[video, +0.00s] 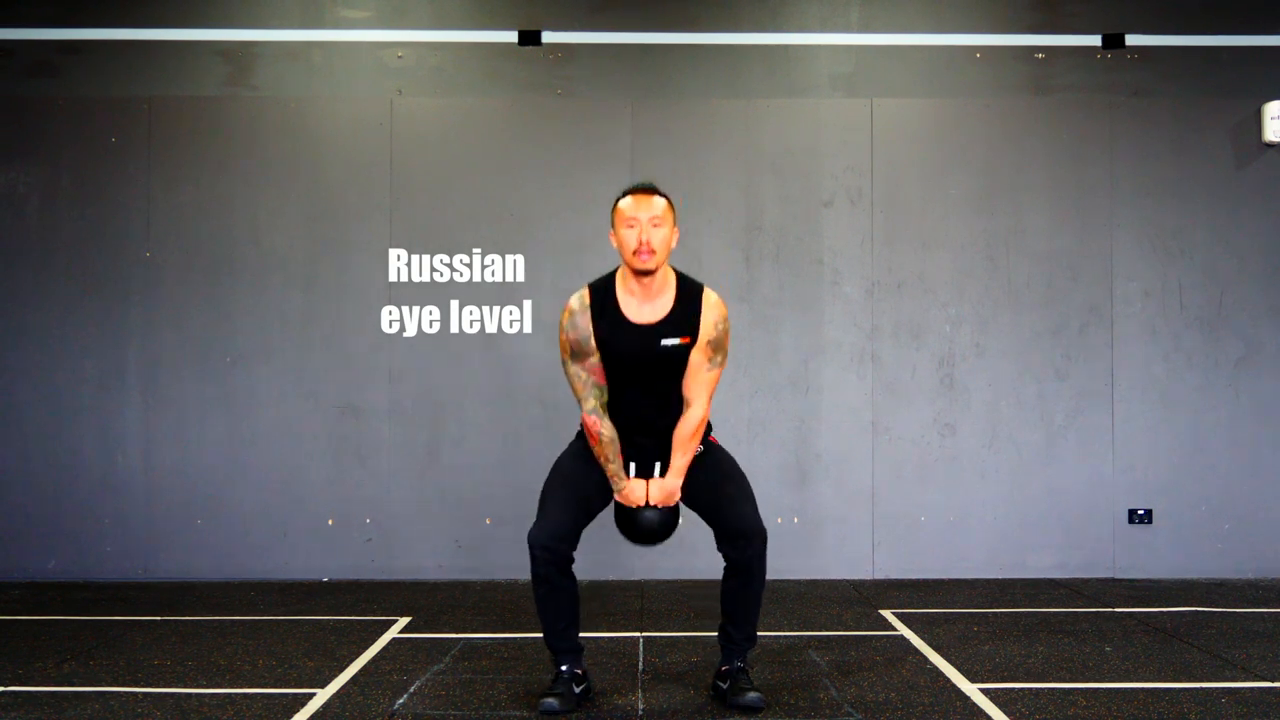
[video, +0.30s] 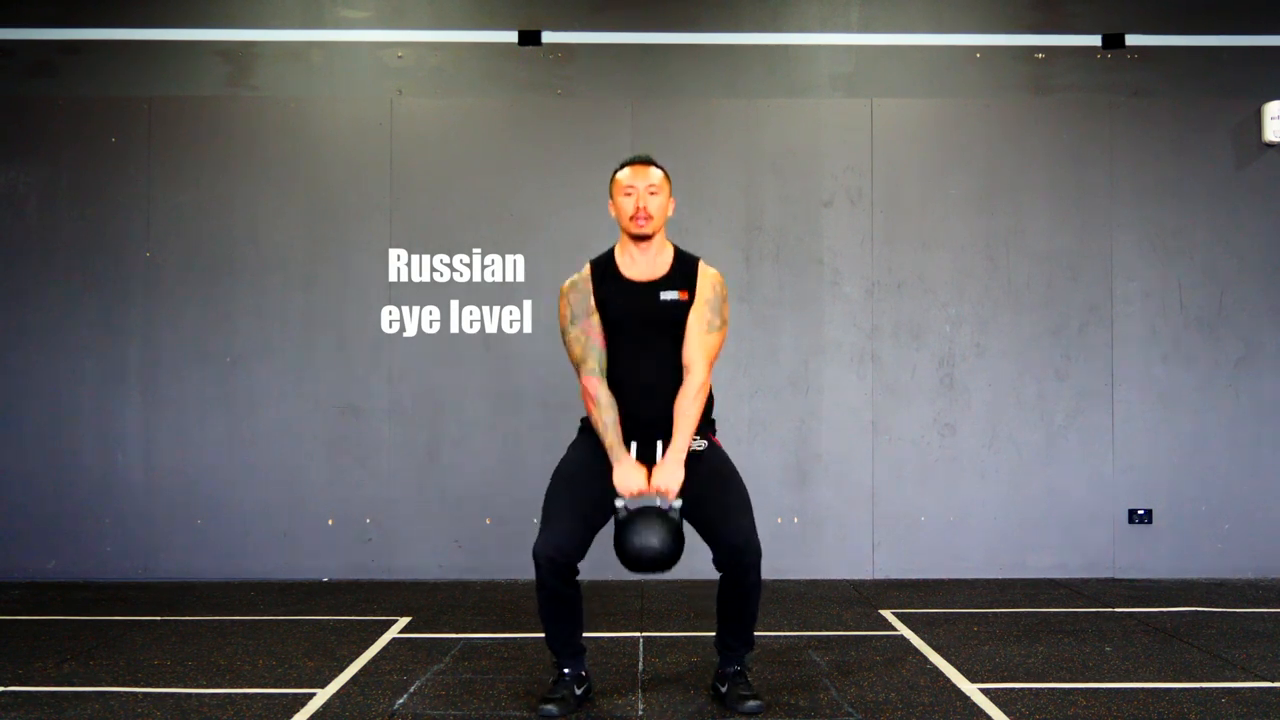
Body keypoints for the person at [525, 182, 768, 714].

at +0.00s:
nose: (643, 237)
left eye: (655, 224)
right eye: (630, 225)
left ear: (674, 234)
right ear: (614, 236)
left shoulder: (707, 310)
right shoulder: (582, 313)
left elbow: (696, 406)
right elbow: (593, 411)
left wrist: (675, 475)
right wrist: (618, 477)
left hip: (686, 445)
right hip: (605, 445)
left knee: (747, 534)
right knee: (548, 539)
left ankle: (734, 668)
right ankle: (569, 673)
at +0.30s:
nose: (641, 202)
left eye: (652, 191)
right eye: (628, 192)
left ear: (670, 204)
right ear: (612, 206)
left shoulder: (705, 282)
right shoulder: (580, 288)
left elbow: (696, 377)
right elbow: (593, 383)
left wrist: (676, 457)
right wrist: (619, 458)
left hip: (688, 442)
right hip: (606, 441)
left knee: (742, 552)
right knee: (552, 553)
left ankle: (732, 674)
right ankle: (571, 676)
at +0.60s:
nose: (643, 169)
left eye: (657, 165)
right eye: (631, 165)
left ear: (676, 188)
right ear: (615, 187)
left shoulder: (700, 251)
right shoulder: (591, 249)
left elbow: (707, 261)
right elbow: (576, 253)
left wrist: (664, 219)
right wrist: (613, 222)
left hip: (683, 415)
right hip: (606, 413)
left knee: (708, 544)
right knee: (581, 545)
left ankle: (729, 670)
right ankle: (572, 672)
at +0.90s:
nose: (646, 174)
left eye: (656, 163)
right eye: (633, 164)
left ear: (674, 169)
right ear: (617, 171)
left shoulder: (701, 245)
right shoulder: (595, 245)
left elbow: (705, 216)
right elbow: (582, 214)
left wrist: (677, 160)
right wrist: (612, 163)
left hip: (683, 412)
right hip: (607, 411)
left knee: (707, 543)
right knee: (584, 545)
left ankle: (728, 669)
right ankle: (572, 671)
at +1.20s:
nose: (648, 169)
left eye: (659, 161)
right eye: (635, 161)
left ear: (676, 177)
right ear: (618, 177)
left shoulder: (705, 248)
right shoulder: (587, 248)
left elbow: (701, 311)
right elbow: (592, 306)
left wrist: (674, 354)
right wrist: (621, 348)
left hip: (685, 412)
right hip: (606, 412)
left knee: (721, 542)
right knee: (572, 544)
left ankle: (730, 669)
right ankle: (571, 672)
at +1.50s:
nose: (641, 238)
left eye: (654, 226)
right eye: (629, 226)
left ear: (675, 240)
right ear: (614, 240)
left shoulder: (708, 313)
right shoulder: (582, 316)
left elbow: (697, 410)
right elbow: (593, 412)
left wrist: (675, 477)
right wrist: (619, 479)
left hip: (685, 445)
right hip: (605, 446)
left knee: (747, 534)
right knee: (548, 539)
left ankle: (734, 669)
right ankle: (568, 673)